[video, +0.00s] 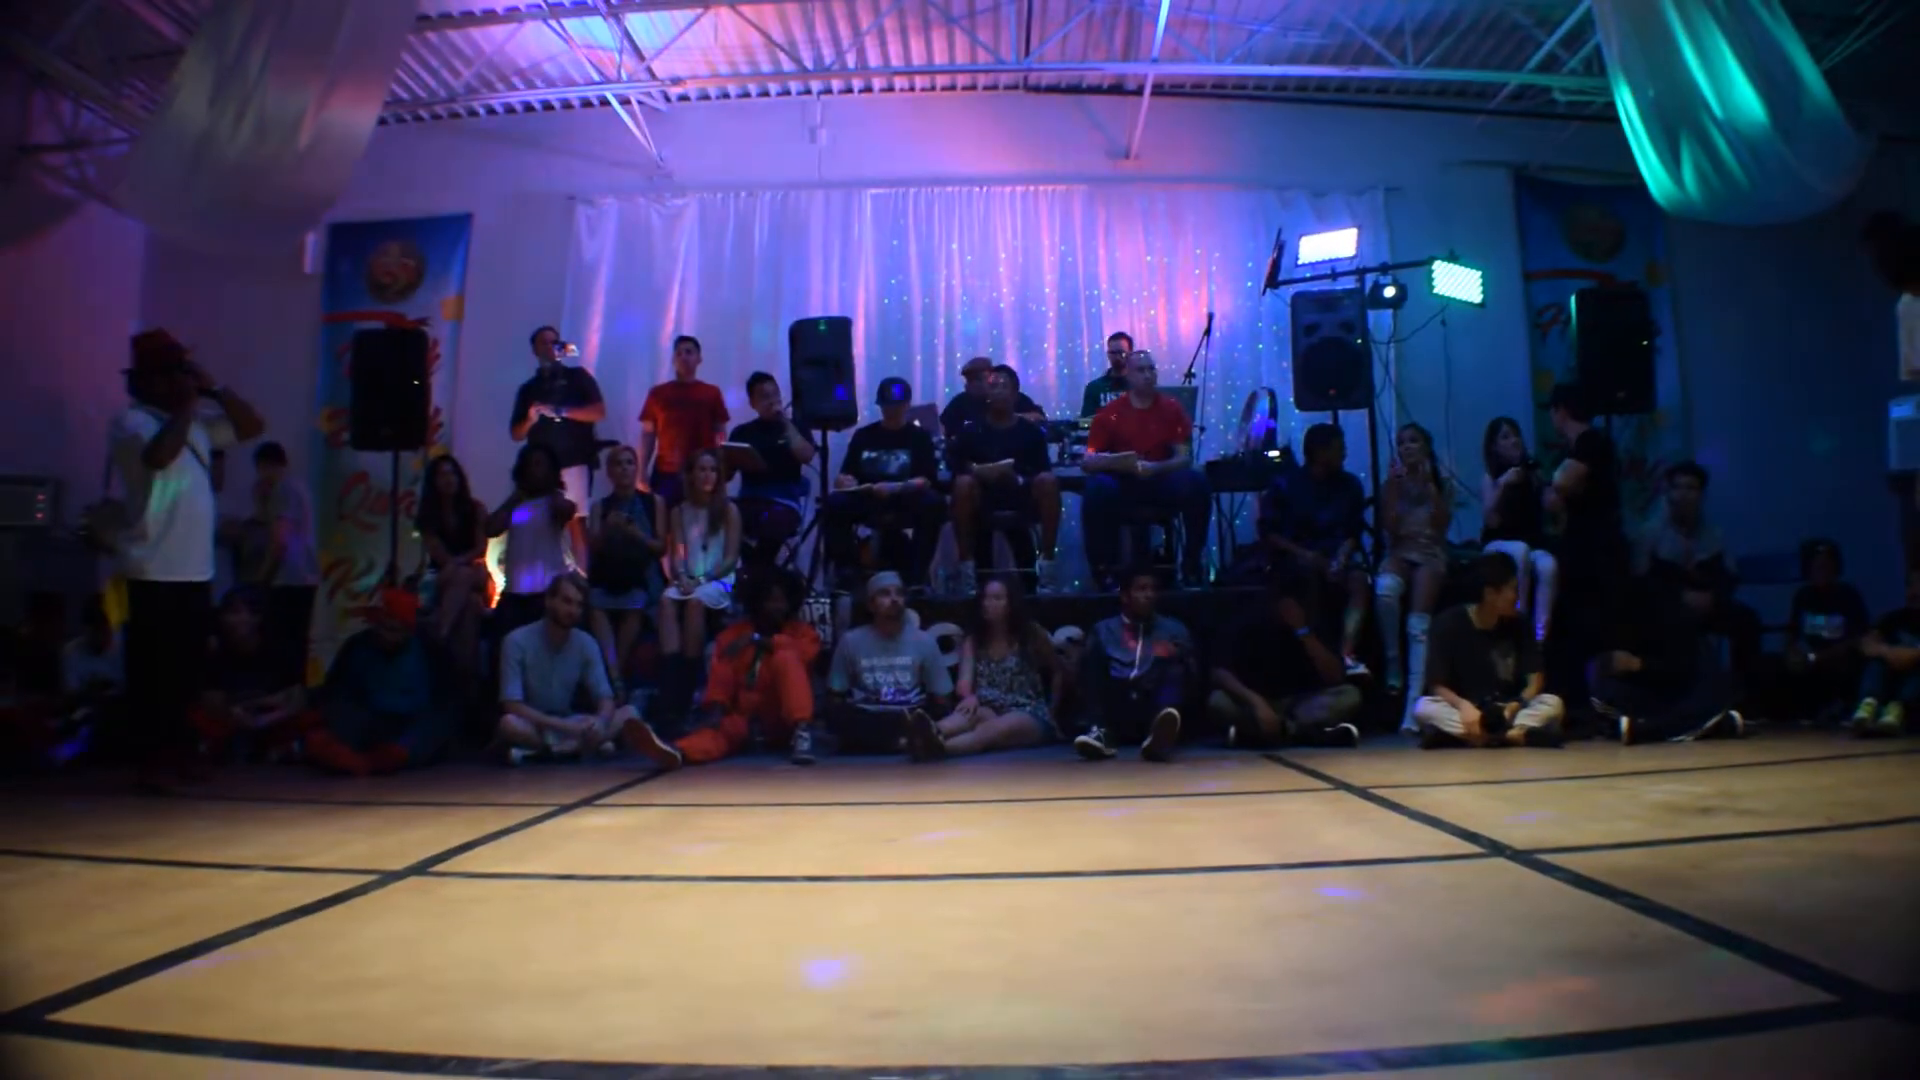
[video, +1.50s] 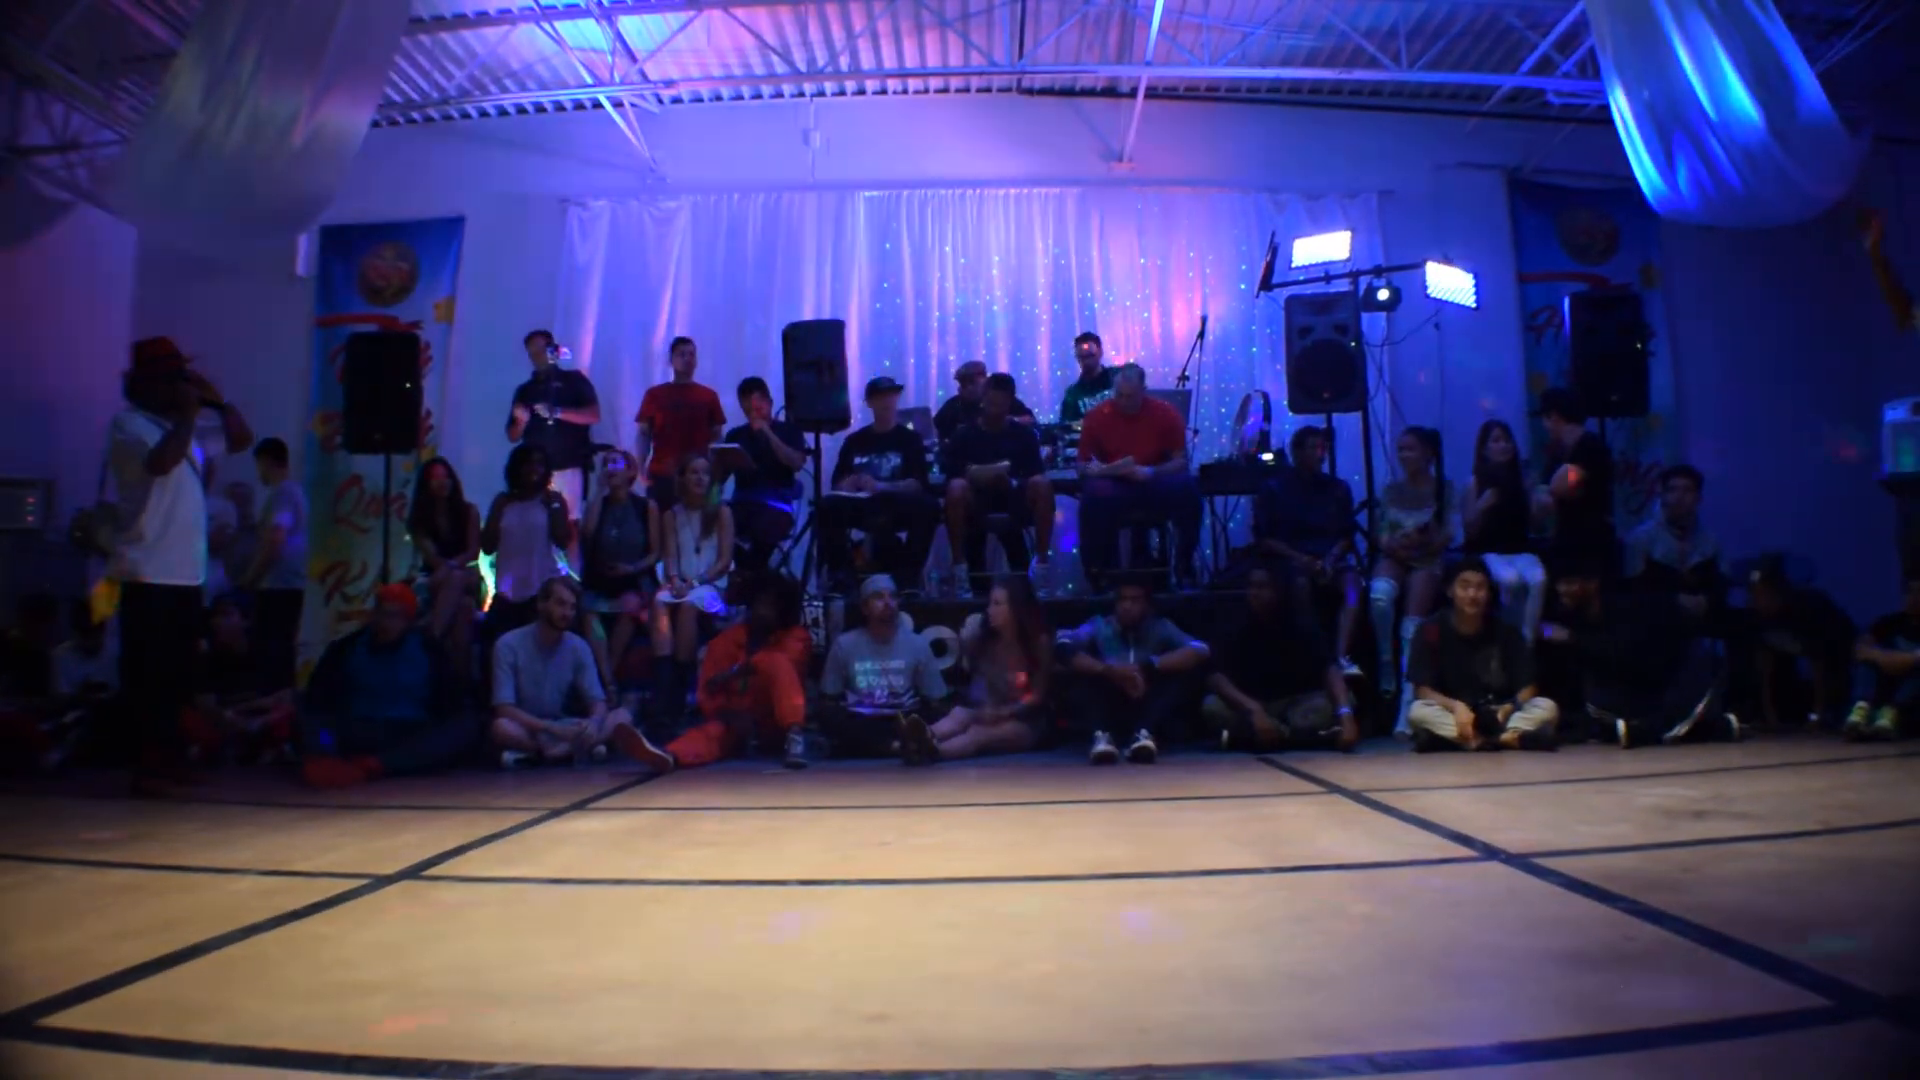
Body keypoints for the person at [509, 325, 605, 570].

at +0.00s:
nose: (551, 347)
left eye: (554, 342)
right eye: (544, 344)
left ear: (562, 346)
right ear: (535, 350)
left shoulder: (579, 376)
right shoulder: (528, 388)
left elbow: (598, 412)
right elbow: (516, 434)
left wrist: (561, 412)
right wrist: (530, 421)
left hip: (575, 459)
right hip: (541, 462)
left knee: (577, 521)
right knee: (542, 520)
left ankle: (582, 576)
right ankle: (544, 577)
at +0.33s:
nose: (549, 349)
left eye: (553, 344)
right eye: (543, 345)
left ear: (560, 348)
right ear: (533, 352)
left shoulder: (577, 378)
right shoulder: (527, 389)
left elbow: (596, 414)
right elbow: (514, 434)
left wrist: (558, 413)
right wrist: (528, 421)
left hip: (572, 461)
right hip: (539, 463)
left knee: (573, 521)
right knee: (539, 522)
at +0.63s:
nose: (549, 351)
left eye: (552, 345)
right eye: (543, 346)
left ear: (560, 349)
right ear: (533, 353)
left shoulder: (576, 379)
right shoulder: (525, 390)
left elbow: (595, 415)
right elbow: (513, 435)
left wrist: (559, 414)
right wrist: (527, 422)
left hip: (570, 461)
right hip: (537, 464)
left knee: (572, 523)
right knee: (538, 522)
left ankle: (576, 579)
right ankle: (538, 581)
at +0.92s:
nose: (548, 352)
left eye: (552, 346)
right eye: (542, 348)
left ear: (560, 350)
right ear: (532, 353)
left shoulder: (577, 380)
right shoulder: (526, 391)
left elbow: (594, 415)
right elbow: (514, 436)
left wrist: (558, 414)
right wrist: (527, 421)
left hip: (571, 462)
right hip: (538, 465)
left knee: (573, 523)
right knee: (539, 522)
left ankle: (574, 577)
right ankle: (540, 579)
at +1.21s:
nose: (544, 354)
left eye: (548, 347)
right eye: (538, 349)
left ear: (556, 349)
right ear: (531, 355)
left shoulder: (576, 379)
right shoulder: (526, 390)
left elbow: (594, 415)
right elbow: (513, 435)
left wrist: (558, 414)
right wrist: (526, 421)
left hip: (570, 461)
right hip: (537, 465)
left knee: (572, 522)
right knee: (537, 521)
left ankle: (574, 576)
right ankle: (538, 578)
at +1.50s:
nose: (539, 356)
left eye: (543, 349)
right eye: (533, 351)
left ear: (553, 350)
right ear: (529, 356)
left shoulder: (575, 379)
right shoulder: (525, 389)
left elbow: (593, 415)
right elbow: (513, 435)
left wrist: (557, 413)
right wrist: (520, 422)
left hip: (569, 463)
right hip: (537, 466)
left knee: (570, 524)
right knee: (536, 523)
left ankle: (573, 576)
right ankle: (539, 578)